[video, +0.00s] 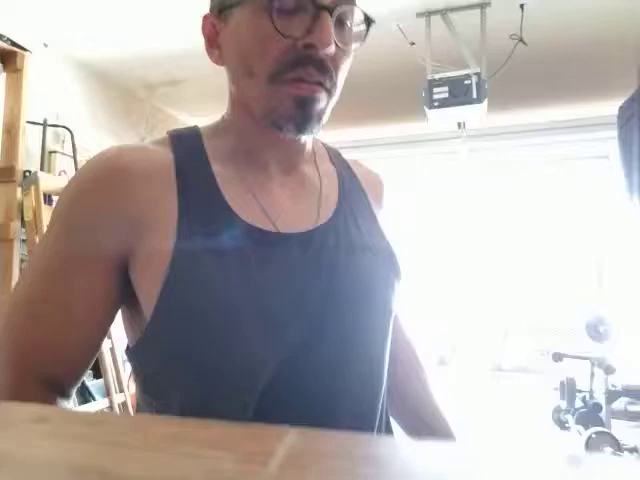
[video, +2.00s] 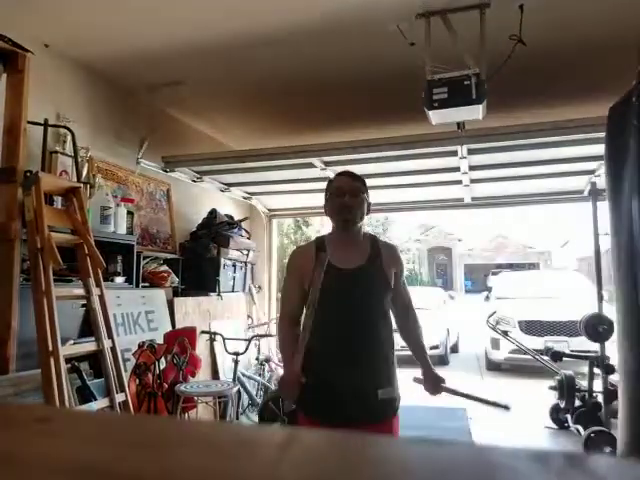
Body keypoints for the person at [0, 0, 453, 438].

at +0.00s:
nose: (323, 41)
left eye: (341, 19)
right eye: (289, 10)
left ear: (352, 45)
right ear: (215, 36)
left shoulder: (360, 189)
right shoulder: (126, 186)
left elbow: (380, 332)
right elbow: (22, 389)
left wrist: (451, 457)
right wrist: (131, 464)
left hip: (361, 472)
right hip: (201, 471)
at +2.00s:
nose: (346, 200)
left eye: (354, 194)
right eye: (337, 194)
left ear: (368, 207)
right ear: (325, 206)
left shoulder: (387, 255)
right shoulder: (304, 257)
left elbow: (404, 313)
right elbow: (289, 319)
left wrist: (426, 367)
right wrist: (290, 371)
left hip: (375, 391)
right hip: (319, 391)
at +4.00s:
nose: (375, 233)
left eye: (383, 227)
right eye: (372, 227)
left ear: (397, 231)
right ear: (367, 231)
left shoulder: (412, 265)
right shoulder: (367, 267)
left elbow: (408, 317)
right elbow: (346, 305)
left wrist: (360, 323)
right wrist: (343, 268)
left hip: (401, 370)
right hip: (369, 369)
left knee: (400, 443)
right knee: (367, 441)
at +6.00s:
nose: (361, 229)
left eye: (370, 222)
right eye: (360, 221)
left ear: (390, 225)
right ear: (358, 222)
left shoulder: (411, 266)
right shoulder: (349, 254)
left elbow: (404, 320)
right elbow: (308, 276)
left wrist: (351, 321)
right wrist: (340, 259)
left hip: (393, 379)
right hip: (348, 376)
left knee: (393, 462)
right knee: (346, 459)